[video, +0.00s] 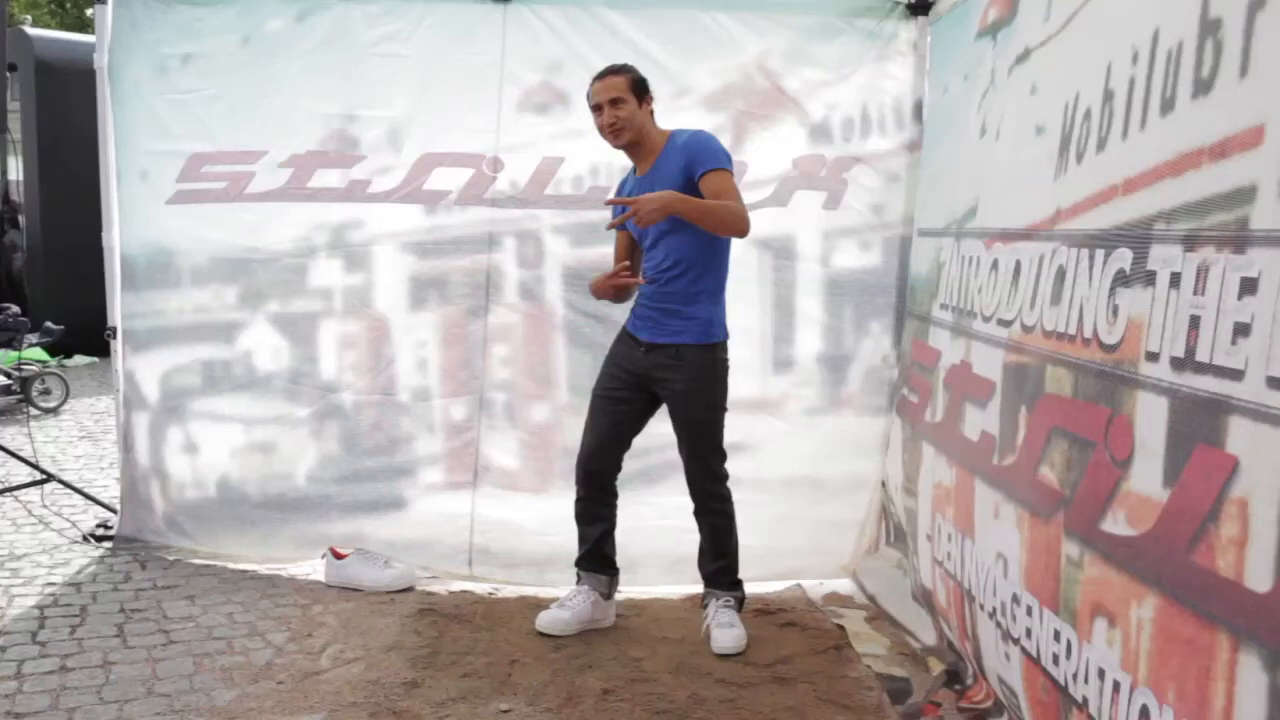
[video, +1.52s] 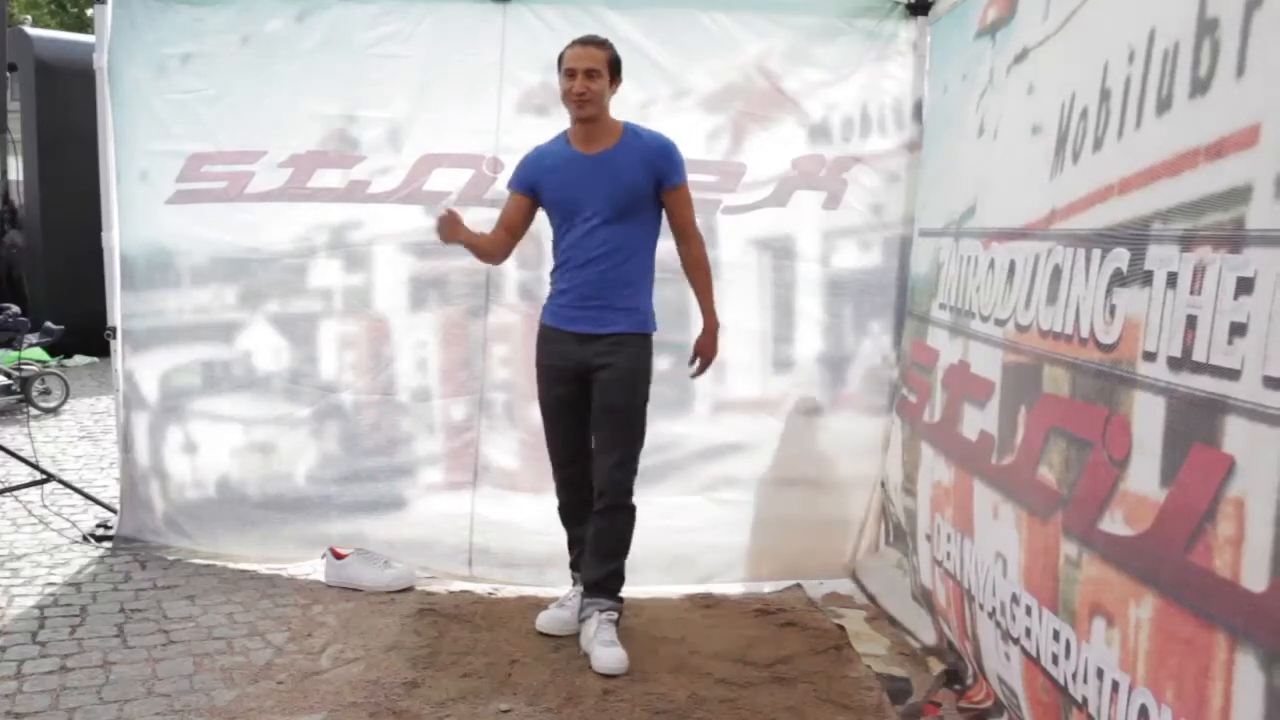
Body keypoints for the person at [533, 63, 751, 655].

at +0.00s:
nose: (608, 118)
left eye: (618, 104)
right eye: (599, 111)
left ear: (647, 104)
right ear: (595, 122)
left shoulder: (696, 149)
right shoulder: (625, 192)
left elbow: (738, 222)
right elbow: (625, 275)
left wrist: (675, 202)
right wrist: (605, 288)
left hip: (696, 348)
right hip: (636, 342)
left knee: (706, 477)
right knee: (594, 463)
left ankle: (723, 600)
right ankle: (595, 590)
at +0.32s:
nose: (605, 102)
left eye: (616, 90)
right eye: (598, 94)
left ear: (647, 95)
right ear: (595, 108)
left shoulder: (690, 143)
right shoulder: (615, 181)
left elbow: (726, 216)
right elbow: (612, 269)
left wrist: (663, 188)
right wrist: (588, 273)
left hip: (692, 345)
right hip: (631, 339)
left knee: (709, 477)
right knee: (599, 463)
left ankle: (723, 600)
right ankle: (595, 590)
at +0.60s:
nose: (586, 115)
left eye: (597, 102)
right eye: (577, 106)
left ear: (627, 104)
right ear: (574, 117)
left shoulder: (675, 157)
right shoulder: (594, 192)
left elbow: (709, 245)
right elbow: (588, 287)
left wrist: (632, 239)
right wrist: (560, 269)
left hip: (676, 354)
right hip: (613, 348)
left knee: (697, 483)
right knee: (574, 471)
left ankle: (722, 602)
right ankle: (593, 592)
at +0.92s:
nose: (572, 85)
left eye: (584, 75)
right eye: (563, 76)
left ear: (608, 85)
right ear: (552, 88)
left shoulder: (647, 138)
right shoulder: (551, 165)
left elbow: (644, 228)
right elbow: (555, 257)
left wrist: (561, 215)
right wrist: (546, 225)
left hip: (642, 334)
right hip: (579, 333)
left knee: (648, 474)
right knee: (575, 469)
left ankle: (648, 607)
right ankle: (593, 590)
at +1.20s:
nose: (565, 101)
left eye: (576, 91)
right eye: (555, 91)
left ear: (596, 100)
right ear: (542, 102)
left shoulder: (638, 157)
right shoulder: (537, 181)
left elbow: (667, 250)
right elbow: (523, 271)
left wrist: (678, 340)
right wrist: (495, 260)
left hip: (626, 343)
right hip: (562, 344)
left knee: (621, 474)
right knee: (552, 475)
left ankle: (640, 603)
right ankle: (590, 591)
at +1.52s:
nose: (580, 84)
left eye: (593, 75)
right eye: (571, 74)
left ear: (615, 84)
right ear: (559, 84)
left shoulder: (653, 152)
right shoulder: (539, 163)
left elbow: (688, 240)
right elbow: (499, 248)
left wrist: (710, 319)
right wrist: (464, 236)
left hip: (626, 339)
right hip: (559, 337)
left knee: (612, 481)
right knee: (570, 478)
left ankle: (601, 613)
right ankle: (586, 588)